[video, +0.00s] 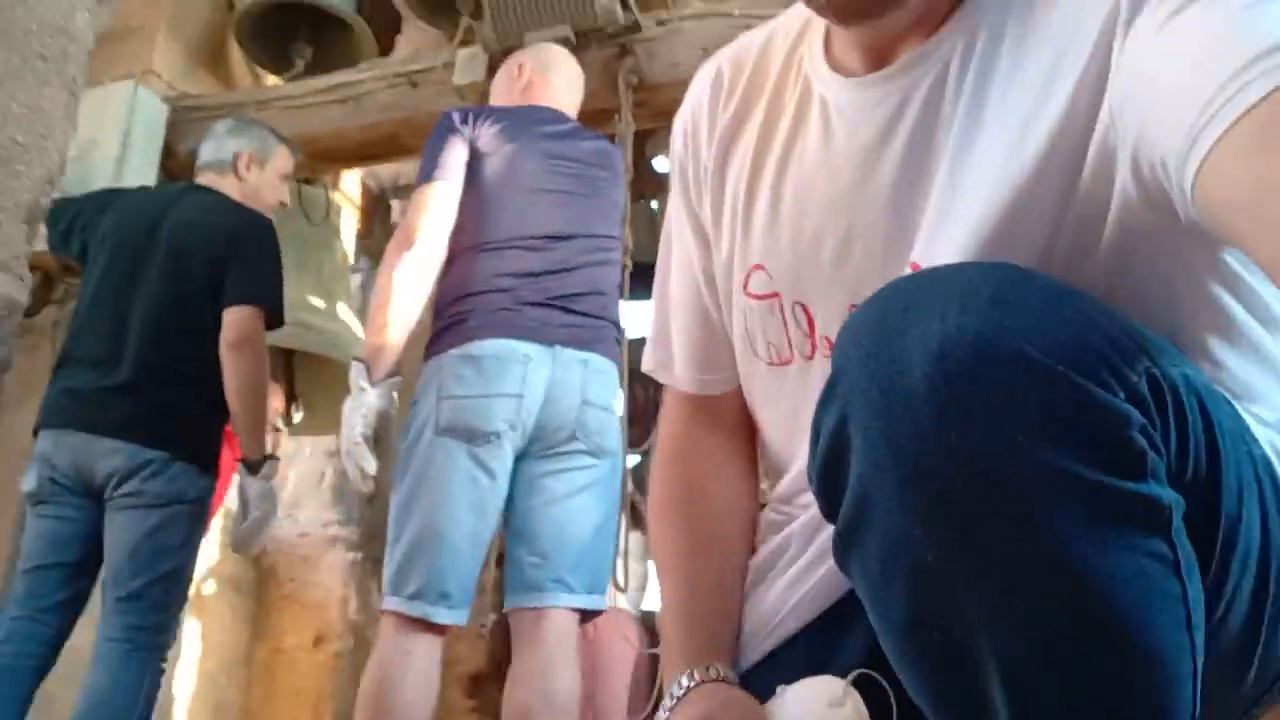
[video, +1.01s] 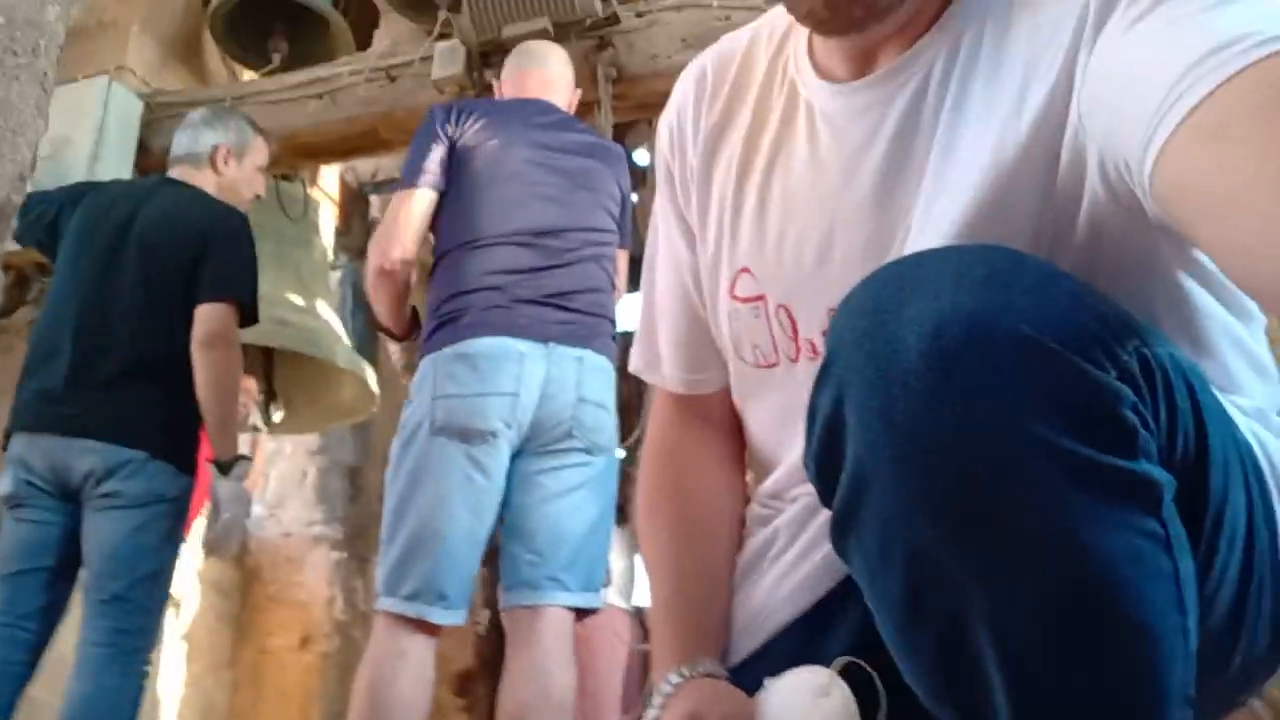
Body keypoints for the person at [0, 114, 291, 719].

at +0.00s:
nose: (288, 198)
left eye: (291, 183)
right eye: (284, 179)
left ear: (216, 167)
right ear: (244, 164)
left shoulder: (124, 206)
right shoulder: (247, 230)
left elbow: (55, 217)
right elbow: (241, 340)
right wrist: (256, 462)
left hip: (66, 433)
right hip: (164, 453)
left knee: (30, 616)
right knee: (132, 636)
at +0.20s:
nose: (327, 214)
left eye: (329, 200)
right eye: (322, 197)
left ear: (249, 188)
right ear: (279, 187)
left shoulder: (164, 226)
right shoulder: (278, 251)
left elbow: (102, 240)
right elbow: (271, 359)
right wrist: (287, 468)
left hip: (113, 451)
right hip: (204, 468)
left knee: (80, 633)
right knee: (183, 650)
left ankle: (35, 714)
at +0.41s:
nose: (409, 199)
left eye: (412, 186)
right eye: (405, 182)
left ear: (340, 173)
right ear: (366, 171)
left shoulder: (258, 216)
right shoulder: (369, 237)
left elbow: (195, 231)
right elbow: (362, 338)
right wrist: (376, 458)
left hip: (210, 438)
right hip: (298, 453)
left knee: (182, 621)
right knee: (279, 633)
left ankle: (138, 714)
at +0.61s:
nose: (418, 198)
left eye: (421, 184)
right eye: (413, 180)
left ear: (346, 173)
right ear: (374, 171)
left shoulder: (265, 219)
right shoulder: (378, 236)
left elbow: (204, 231)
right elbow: (374, 340)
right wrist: (394, 462)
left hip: (222, 443)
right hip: (310, 456)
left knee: (193, 625)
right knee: (291, 635)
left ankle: (149, 717)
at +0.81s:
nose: (360, 207)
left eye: (363, 193)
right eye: (357, 189)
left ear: (283, 179)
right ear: (320, 177)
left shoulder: (205, 219)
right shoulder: (320, 243)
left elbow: (143, 240)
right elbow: (313, 350)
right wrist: (329, 465)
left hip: (152, 444)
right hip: (245, 459)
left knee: (118, 634)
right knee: (218, 649)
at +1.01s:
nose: (263, 190)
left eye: (267, 175)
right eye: (260, 171)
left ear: (187, 157)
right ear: (222, 158)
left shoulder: (96, 199)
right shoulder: (220, 222)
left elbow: (26, 212)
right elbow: (211, 339)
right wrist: (228, 457)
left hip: (39, 434)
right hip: (140, 450)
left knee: (12, 627)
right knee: (115, 641)